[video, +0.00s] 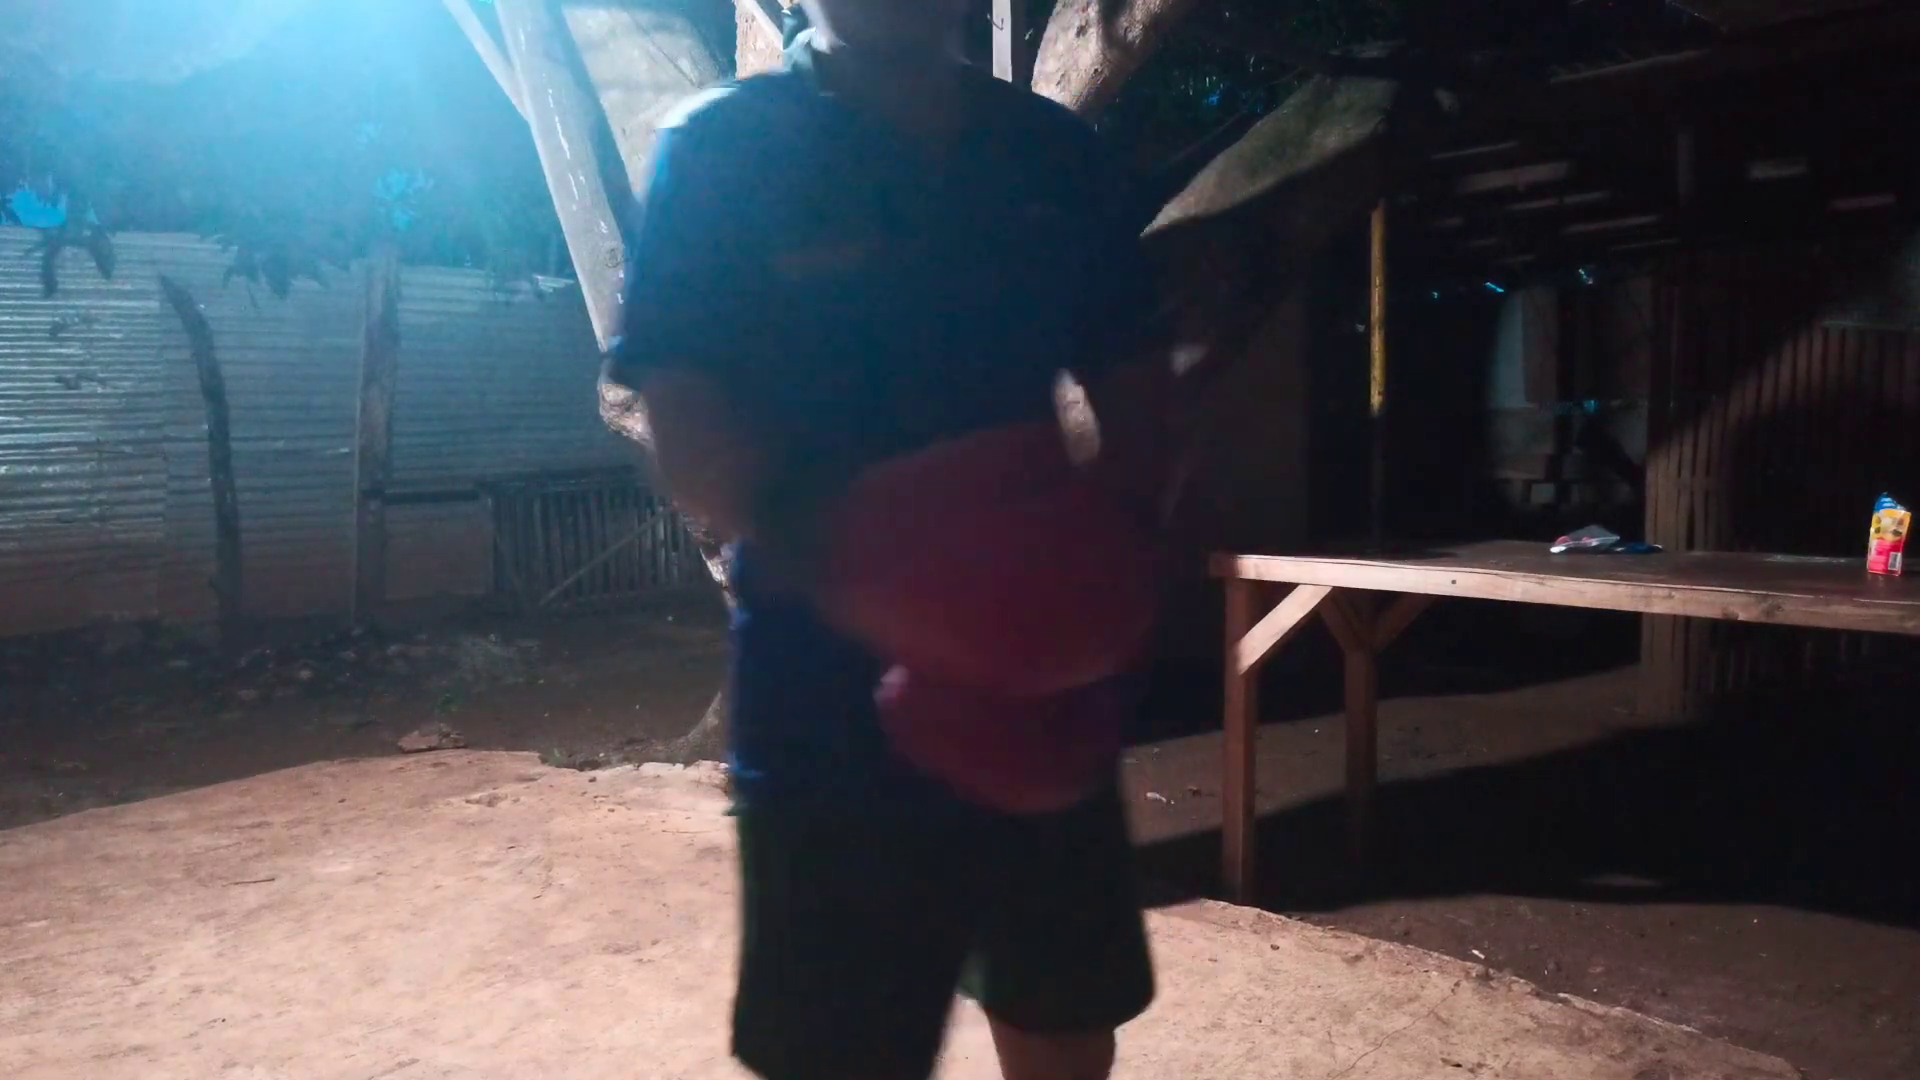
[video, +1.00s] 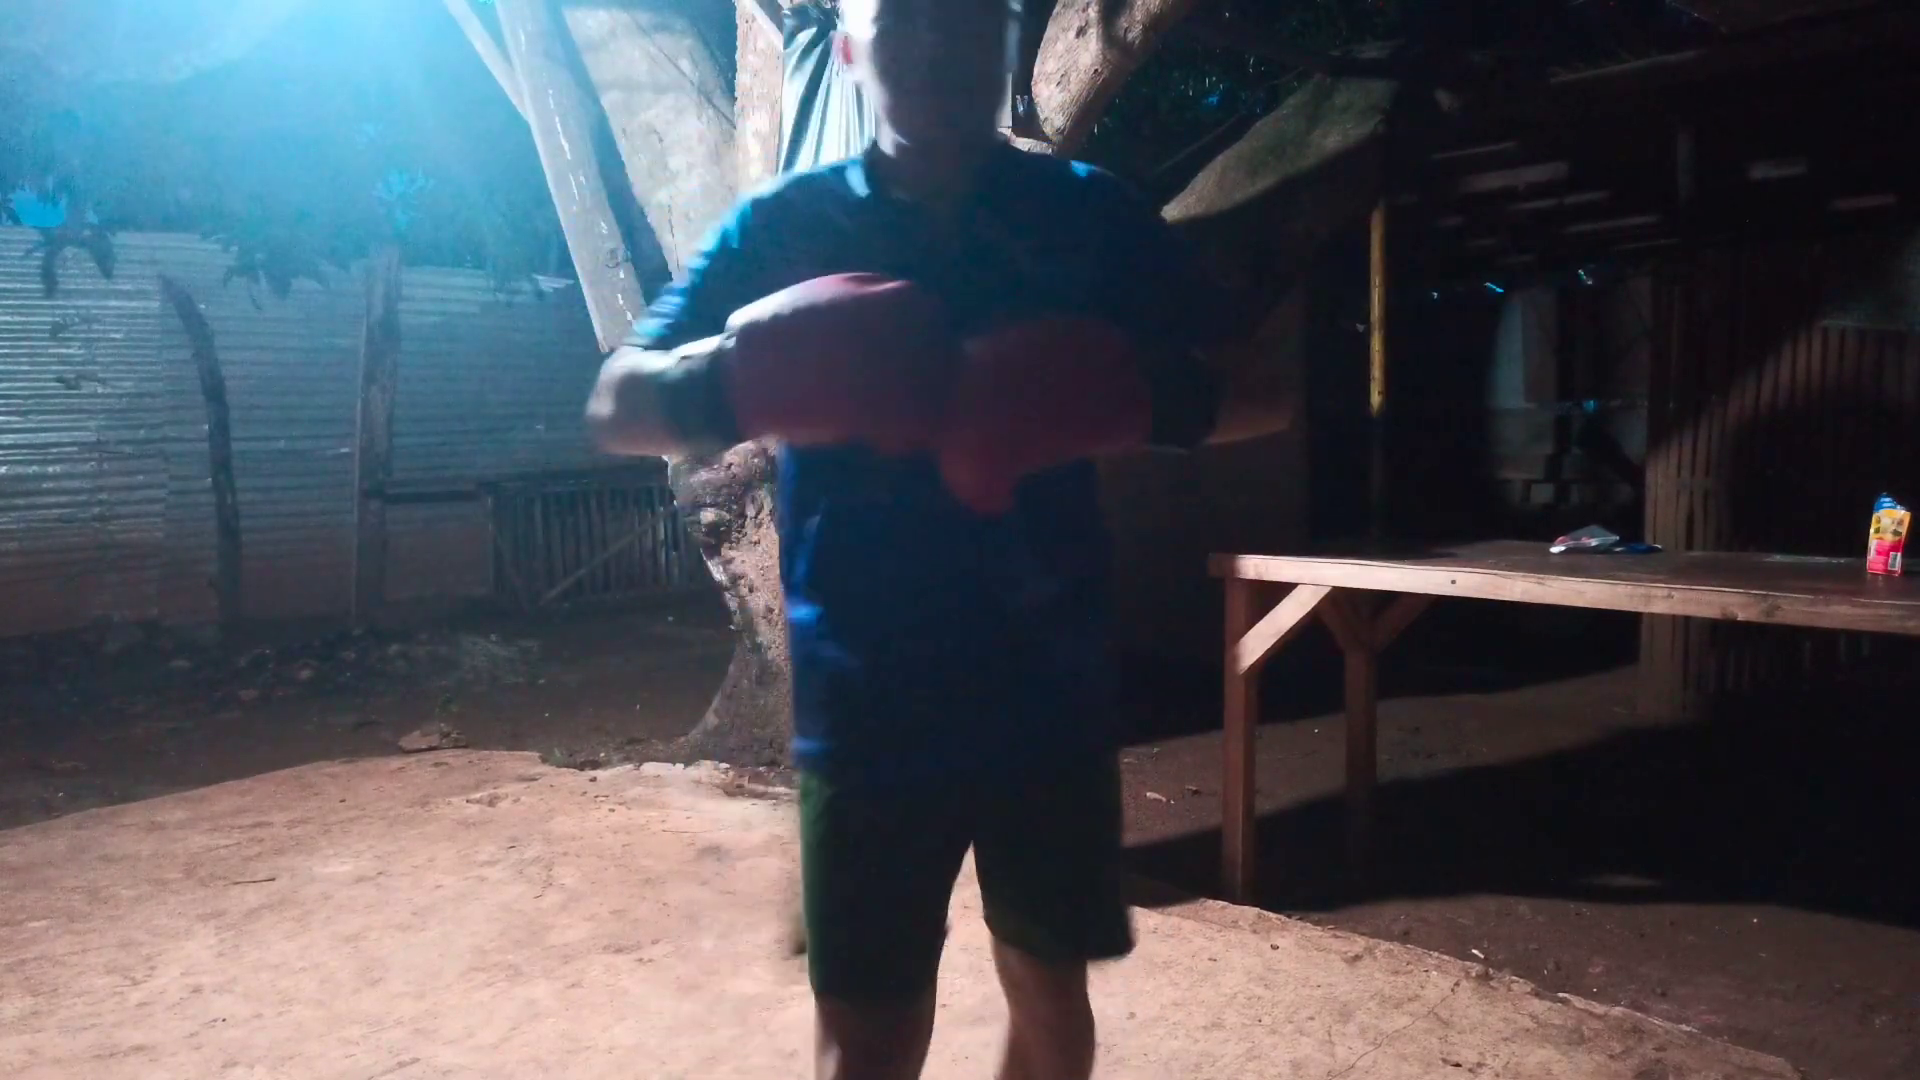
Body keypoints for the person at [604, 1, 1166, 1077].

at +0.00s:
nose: (907, 2)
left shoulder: (1056, 148)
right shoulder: (728, 144)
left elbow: (1141, 401)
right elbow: (689, 441)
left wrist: (1087, 572)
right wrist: (905, 586)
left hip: (1040, 681)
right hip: (828, 693)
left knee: (1067, 1034)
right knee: (837, 1053)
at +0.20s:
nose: (882, 7)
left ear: (941, 3)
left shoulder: (1014, 145)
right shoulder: (671, 140)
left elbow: (1125, 381)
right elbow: (530, 384)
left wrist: (1230, 461)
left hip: (991, 685)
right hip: (779, 703)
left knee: (1087, 1049)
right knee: (771, 1065)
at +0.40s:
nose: (859, 16)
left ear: (926, 3)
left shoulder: (1009, 161)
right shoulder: (643, 152)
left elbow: (1163, 388)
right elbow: (480, 383)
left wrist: (1362, 324)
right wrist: (281, 392)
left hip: (995, 732)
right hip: (769, 751)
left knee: (1060, 1049)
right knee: (750, 1073)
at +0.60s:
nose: (867, 16)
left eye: (894, 3)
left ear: (935, 10)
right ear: (765, 4)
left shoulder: (1015, 149)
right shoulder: (669, 154)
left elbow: (1186, 360)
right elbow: (513, 368)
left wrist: (1109, 354)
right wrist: (591, 404)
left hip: (994, 703)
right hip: (780, 723)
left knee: (1069, 1037)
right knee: (800, 1060)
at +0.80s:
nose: (895, 13)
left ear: (969, 18)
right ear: (781, 12)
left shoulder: (1051, 185)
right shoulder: (711, 198)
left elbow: (1223, 382)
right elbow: (547, 413)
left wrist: (1077, 397)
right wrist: (656, 410)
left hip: (1022, 711)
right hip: (819, 727)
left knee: (1074, 1044)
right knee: (838, 1058)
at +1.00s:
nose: (946, 70)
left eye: (972, 39)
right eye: (914, 37)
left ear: (1010, 55)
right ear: (853, 52)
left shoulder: (1088, 218)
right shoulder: (784, 226)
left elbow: (1255, 386)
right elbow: (614, 407)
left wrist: (1108, 393)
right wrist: (757, 375)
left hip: (1045, 695)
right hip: (865, 704)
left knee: (1052, 996)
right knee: (864, 1042)